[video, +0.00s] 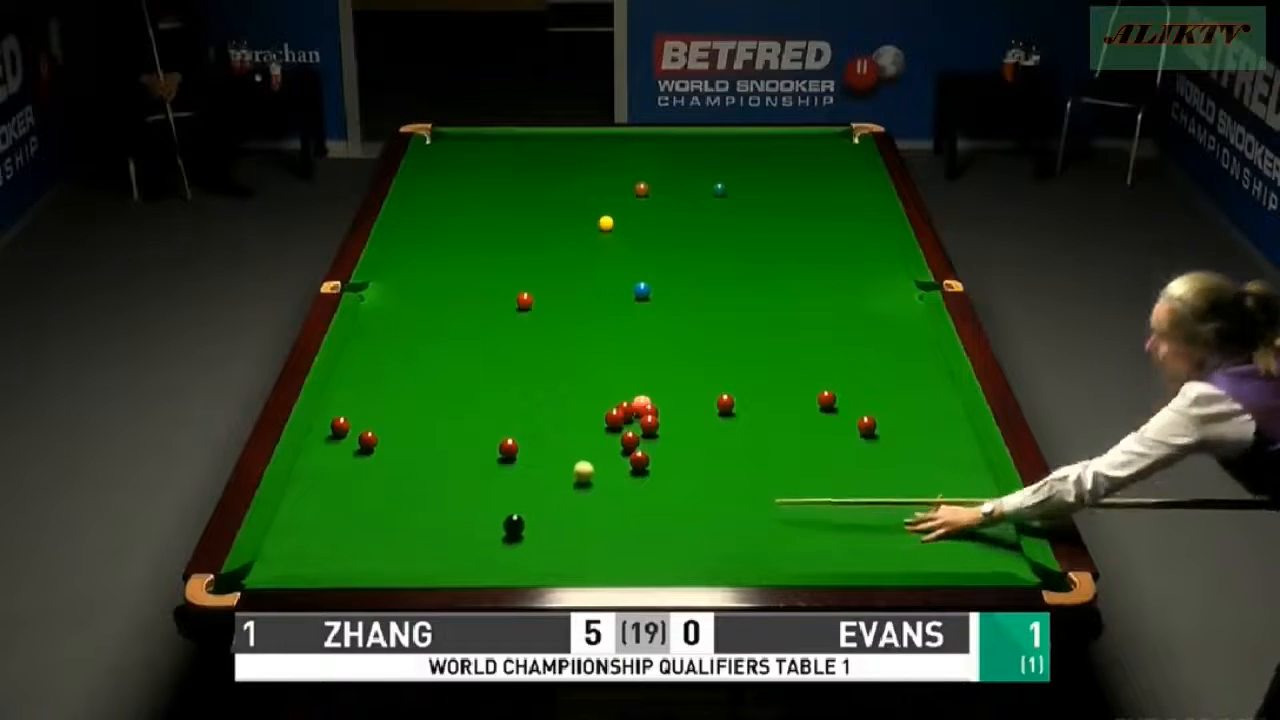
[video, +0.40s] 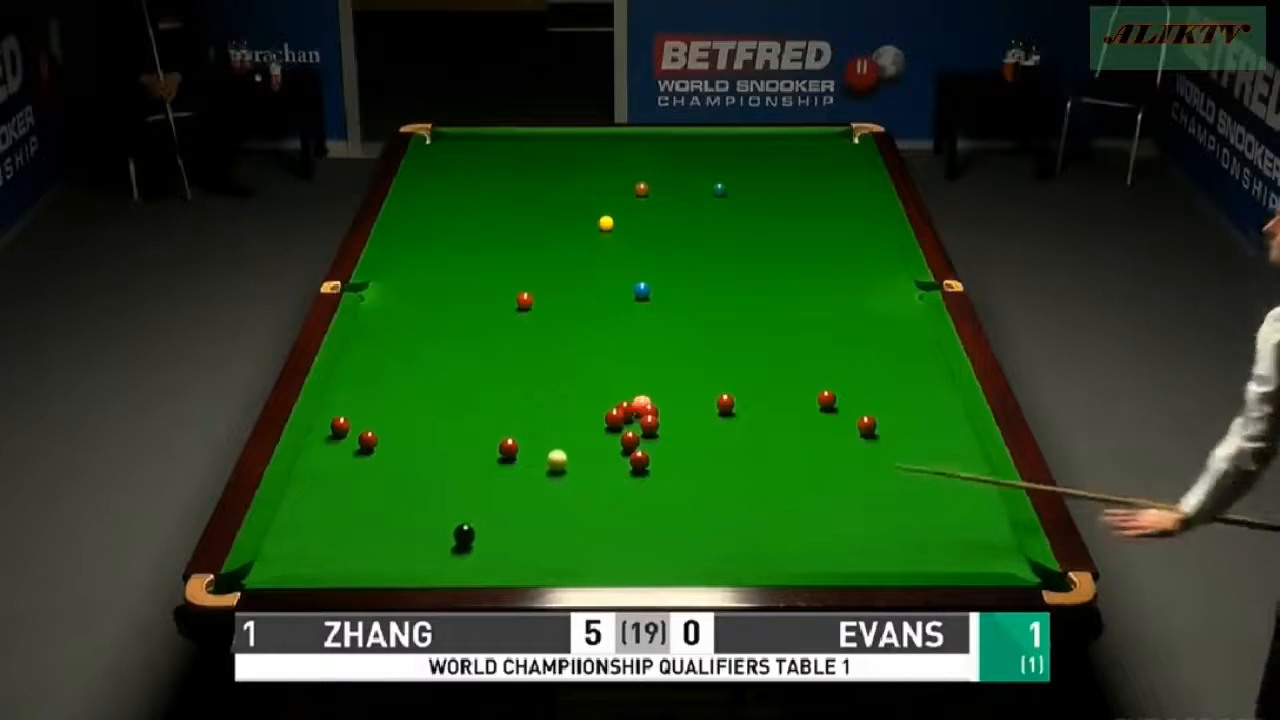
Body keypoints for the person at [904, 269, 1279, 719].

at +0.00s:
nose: (1149, 346)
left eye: (1160, 336)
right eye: (1152, 333)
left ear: (1199, 346)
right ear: (1215, 340)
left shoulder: (1208, 401)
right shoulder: (1260, 368)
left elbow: (1095, 478)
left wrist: (983, 512)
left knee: (1277, 693)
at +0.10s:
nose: (1168, 314)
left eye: (1180, 305)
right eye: (1173, 300)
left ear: (1219, 314)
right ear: (1226, 313)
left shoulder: (1222, 377)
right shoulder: (1261, 346)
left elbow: (1113, 463)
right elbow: (1118, 457)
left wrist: (1002, 510)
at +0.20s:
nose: (1205, 271)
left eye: (1218, 263)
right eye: (1210, 258)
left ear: (1257, 277)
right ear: (1258, 275)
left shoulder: (1252, 343)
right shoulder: (1264, 329)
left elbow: (1148, 442)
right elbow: (1151, 440)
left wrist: (1047, 506)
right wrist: (1055, 504)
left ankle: (1269, 709)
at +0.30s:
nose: (1232, 249)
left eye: (1244, 242)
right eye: (1238, 237)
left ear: (1273, 258)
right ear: (1271, 256)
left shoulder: (1262, 336)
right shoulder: (1264, 332)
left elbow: (1184, 440)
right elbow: (1186, 437)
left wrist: (1091, 508)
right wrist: (1098, 505)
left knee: (1279, 666)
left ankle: (1266, 709)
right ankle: (1264, 708)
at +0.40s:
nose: (1269, 226)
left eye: (1275, 220)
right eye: (1274, 219)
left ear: (1278, 234)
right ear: (1274, 237)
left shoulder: (1276, 329)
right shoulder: (1274, 329)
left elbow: (1253, 436)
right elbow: (1253, 436)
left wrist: (1185, 511)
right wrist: (1187, 510)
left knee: (1275, 673)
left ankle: (1265, 706)